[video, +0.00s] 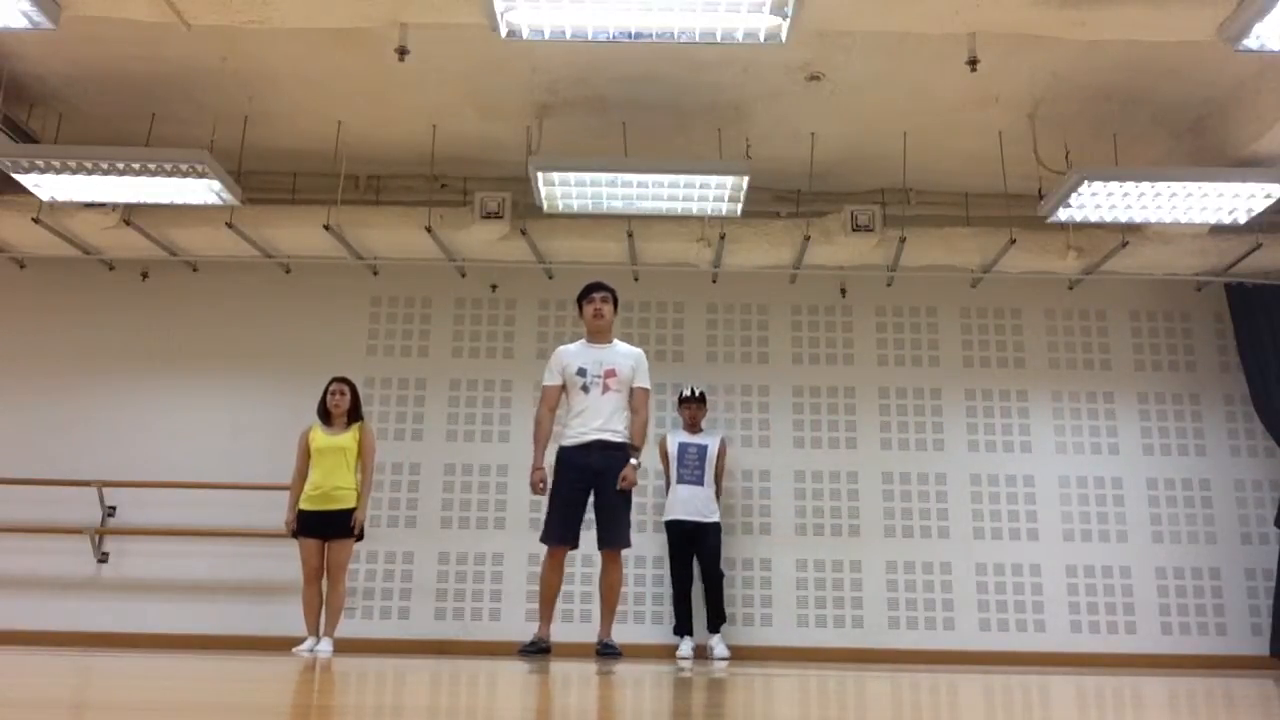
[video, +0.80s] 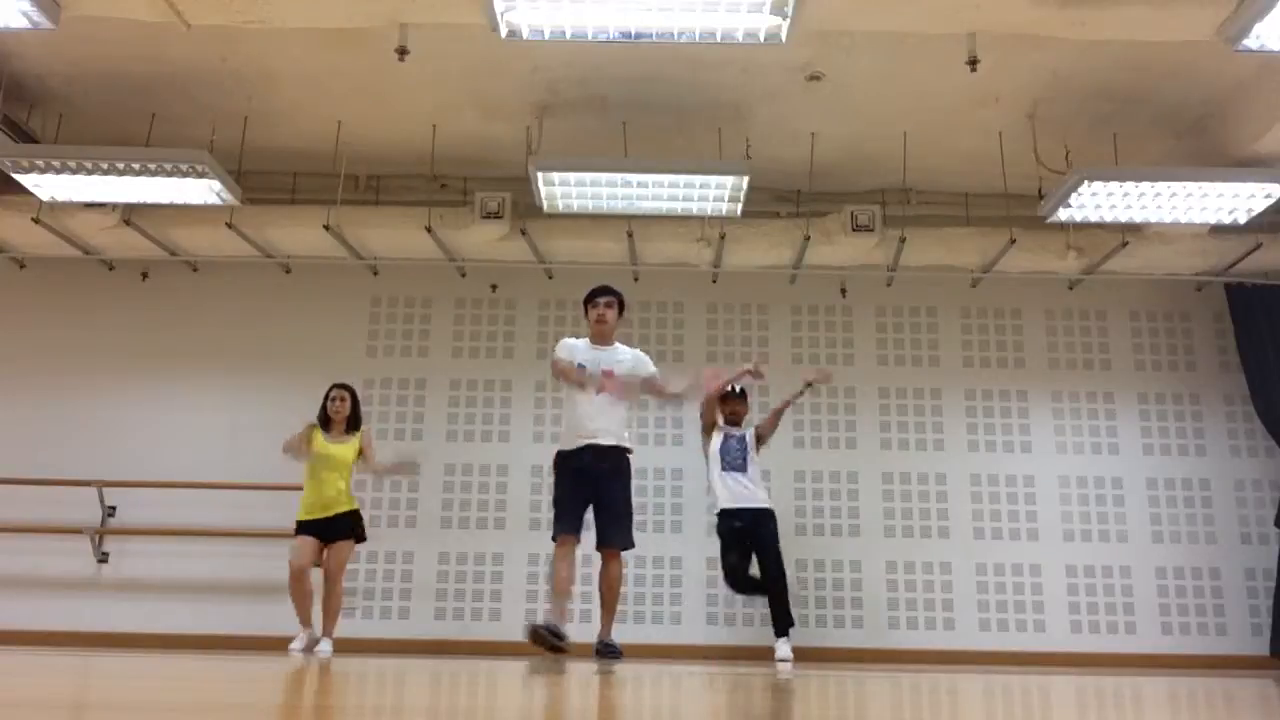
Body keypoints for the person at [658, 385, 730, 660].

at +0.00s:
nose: (692, 414)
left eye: (696, 409)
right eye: (687, 409)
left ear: (704, 411)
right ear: (680, 411)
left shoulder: (717, 442)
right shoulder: (667, 442)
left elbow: (718, 480)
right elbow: (669, 479)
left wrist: (712, 506)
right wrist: (674, 505)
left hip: (707, 516)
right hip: (678, 515)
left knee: (712, 576)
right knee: (681, 578)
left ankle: (715, 635)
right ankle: (685, 637)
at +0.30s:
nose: (701, 414)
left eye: (706, 409)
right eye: (696, 409)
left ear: (713, 411)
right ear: (687, 411)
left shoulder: (725, 442)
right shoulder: (676, 442)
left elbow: (739, 480)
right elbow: (659, 476)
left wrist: (754, 511)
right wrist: (643, 504)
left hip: (715, 520)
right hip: (683, 520)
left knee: (730, 573)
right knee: (684, 582)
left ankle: (753, 629)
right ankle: (685, 638)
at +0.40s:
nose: (707, 414)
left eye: (712, 409)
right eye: (702, 409)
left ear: (719, 410)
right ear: (693, 411)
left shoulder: (732, 441)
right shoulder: (682, 439)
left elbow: (753, 472)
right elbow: (660, 468)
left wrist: (780, 497)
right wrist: (643, 480)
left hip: (721, 521)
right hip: (689, 520)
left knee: (739, 572)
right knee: (687, 582)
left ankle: (768, 627)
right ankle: (685, 638)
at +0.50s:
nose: (715, 412)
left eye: (719, 406)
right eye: (710, 406)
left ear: (727, 409)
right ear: (700, 409)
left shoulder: (737, 439)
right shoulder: (690, 437)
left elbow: (759, 458)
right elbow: (673, 458)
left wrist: (779, 463)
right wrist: (655, 451)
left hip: (731, 519)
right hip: (699, 518)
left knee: (749, 574)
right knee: (692, 581)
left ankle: (777, 629)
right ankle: (685, 638)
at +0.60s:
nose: (722, 411)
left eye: (727, 406)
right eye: (717, 406)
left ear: (734, 408)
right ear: (708, 409)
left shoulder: (743, 435)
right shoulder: (700, 436)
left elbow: (761, 447)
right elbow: (699, 448)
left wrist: (750, 430)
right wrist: (717, 432)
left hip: (745, 517)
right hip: (713, 518)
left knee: (759, 578)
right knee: (703, 580)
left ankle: (779, 636)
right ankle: (690, 636)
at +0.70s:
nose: (735, 405)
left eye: (737, 400)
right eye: (729, 400)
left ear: (741, 406)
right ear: (717, 406)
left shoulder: (750, 436)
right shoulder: (710, 437)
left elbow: (773, 431)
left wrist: (771, 408)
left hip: (757, 514)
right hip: (725, 515)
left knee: (771, 577)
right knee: (717, 577)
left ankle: (781, 637)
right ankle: (726, 627)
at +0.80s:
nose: (735, 409)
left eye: (740, 403)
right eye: (730, 403)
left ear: (747, 408)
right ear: (721, 407)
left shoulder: (753, 437)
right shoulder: (712, 435)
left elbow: (778, 414)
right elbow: (710, 397)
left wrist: (804, 388)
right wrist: (743, 372)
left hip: (761, 513)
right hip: (730, 514)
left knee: (774, 578)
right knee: (736, 580)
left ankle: (782, 639)